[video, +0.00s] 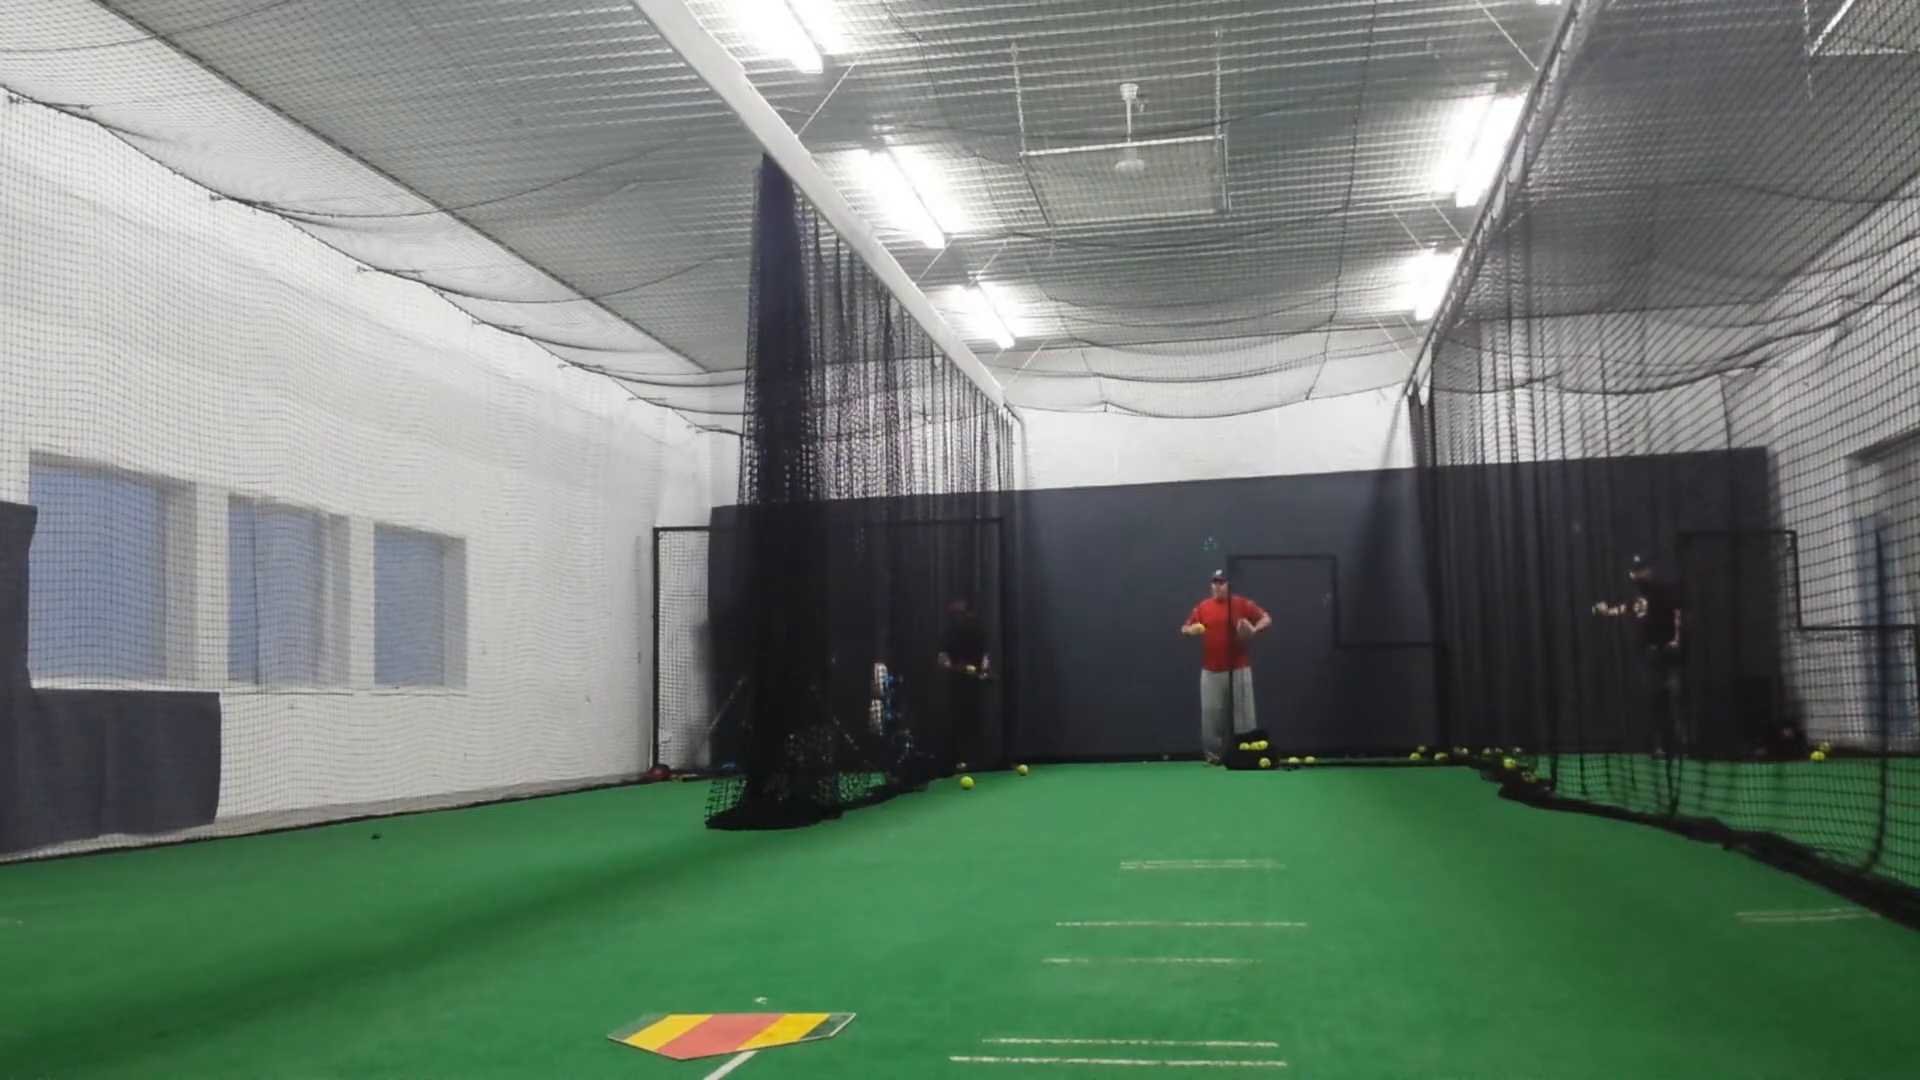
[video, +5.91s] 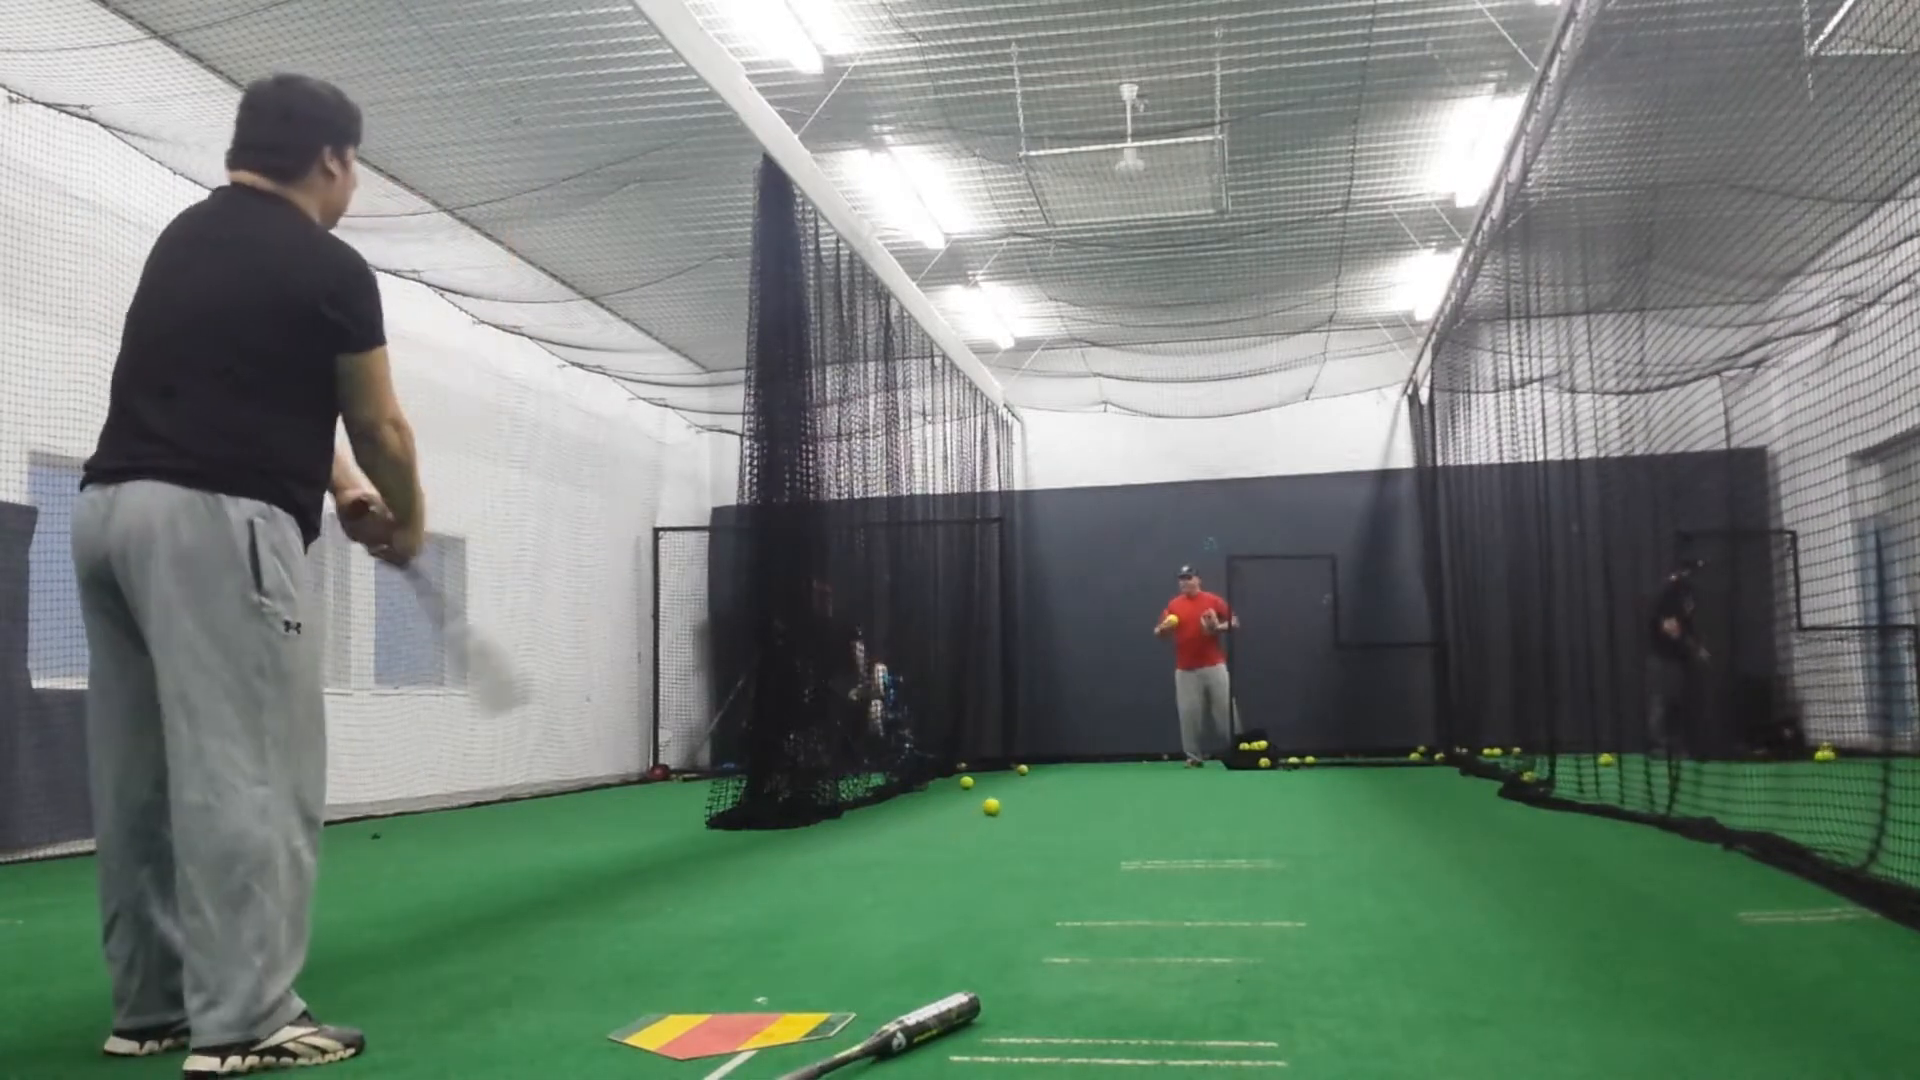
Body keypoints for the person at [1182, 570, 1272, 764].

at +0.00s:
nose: (1218, 587)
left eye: (1221, 583)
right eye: (1215, 583)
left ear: (1228, 585)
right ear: (1211, 586)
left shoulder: (1241, 604)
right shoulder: (1203, 607)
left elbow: (1266, 618)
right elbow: (1185, 628)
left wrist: (1254, 629)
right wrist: (1192, 629)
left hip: (1239, 667)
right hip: (1213, 668)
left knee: (1244, 709)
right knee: (1212, 711)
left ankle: (1246, 751)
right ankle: (1213, 752)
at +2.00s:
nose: (1208, 583)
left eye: (1210, 579)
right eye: (1204, 580)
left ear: (1217, 582)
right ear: (1199, 583)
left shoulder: (1228, 603)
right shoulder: (1191, 605)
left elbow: (1246, 626)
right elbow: (1174, 630)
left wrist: (1236, 630)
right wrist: (1184, 627)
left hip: (1226, 666)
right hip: (1201, 667)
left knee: (1233, 711)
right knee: (1201, 713)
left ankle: (1239, 752)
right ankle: (1205, 754)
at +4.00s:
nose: (1209, 584)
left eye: (1212, 580)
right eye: (1205, 581)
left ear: (1218, 582)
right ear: (1201, 584)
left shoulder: (1233, 601)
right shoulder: (1195, 605)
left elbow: (1259, 616)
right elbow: (1177, 629)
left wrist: (1243, 623)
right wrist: (1185, 626)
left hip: (1228, 664)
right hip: (1203, 665)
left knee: (1233, 709)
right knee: (1202, 710)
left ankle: (1238, 751)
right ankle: (1200, 752)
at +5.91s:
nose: (1185, 582)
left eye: (1189, 578)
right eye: (1182, 579)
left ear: (1198, 580)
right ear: (1178, 583)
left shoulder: (1213, 601)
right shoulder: (1174, 605)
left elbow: (1232, 622)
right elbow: (1158, 632)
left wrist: (1217, 626)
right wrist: (1165, 627)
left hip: (1213, 665)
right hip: (1186, 668)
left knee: (1223, 709)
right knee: (1188, 713)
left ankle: (1233, 751)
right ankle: (1193, 755)